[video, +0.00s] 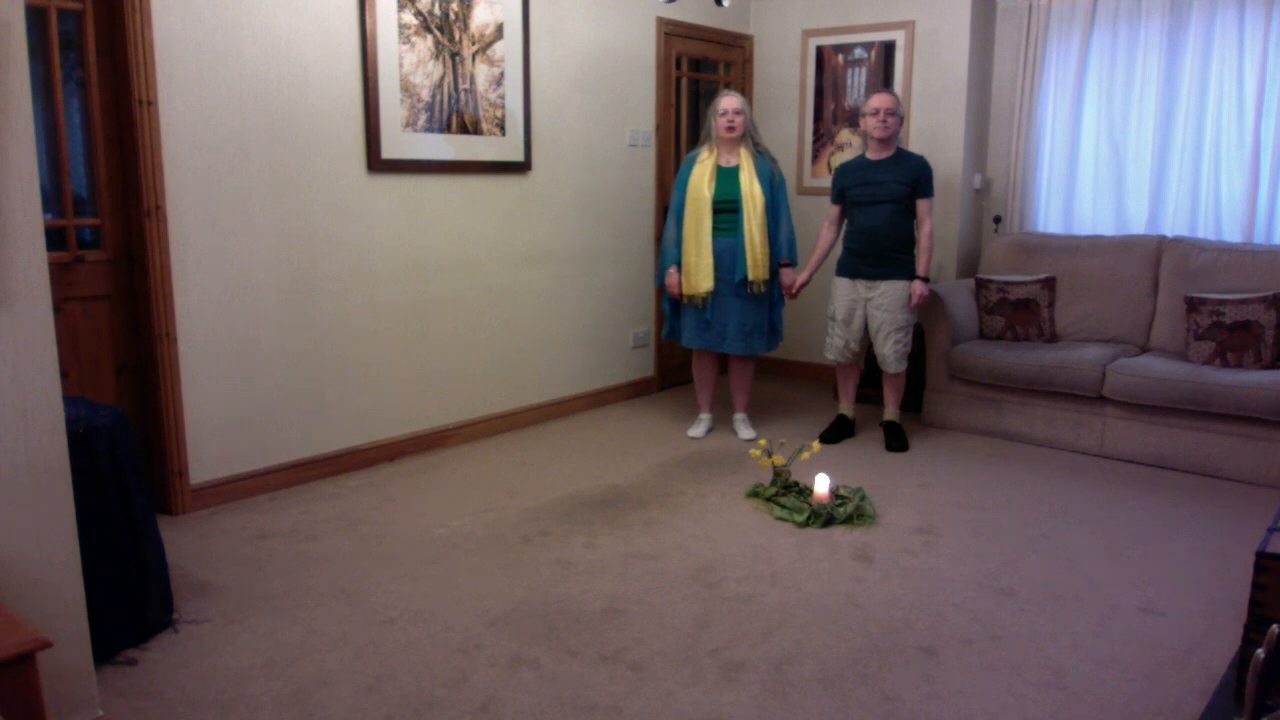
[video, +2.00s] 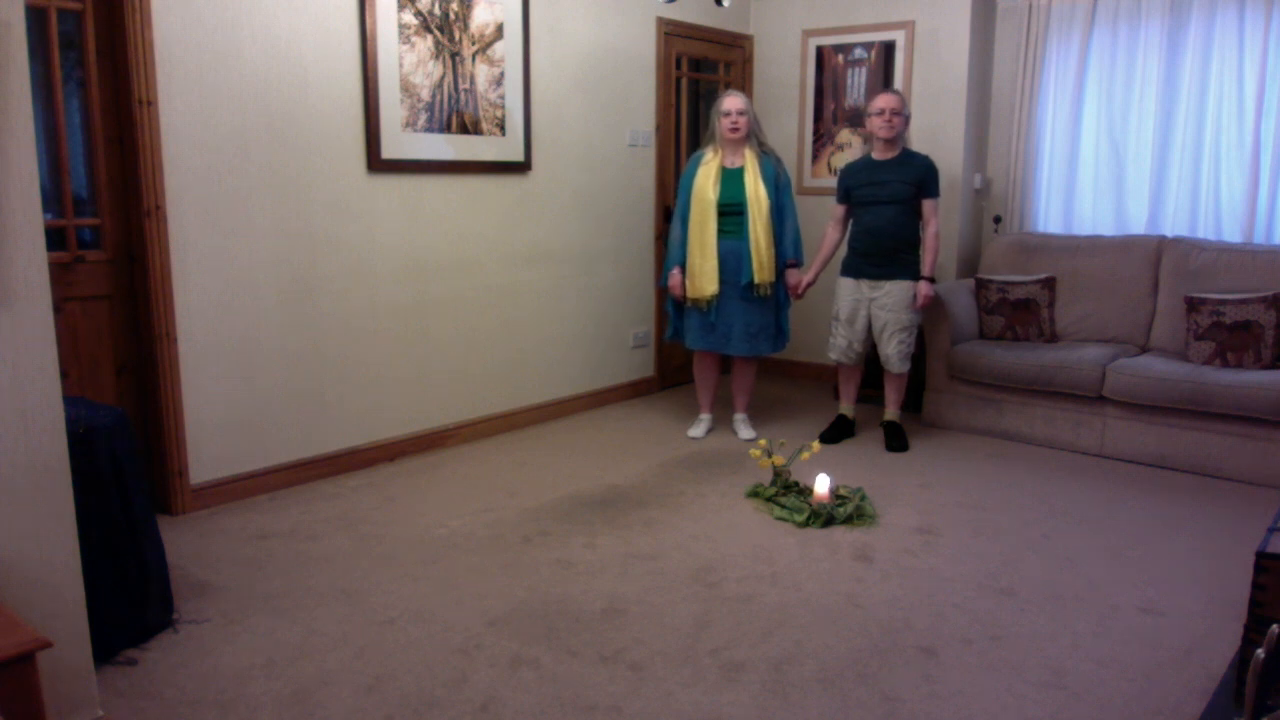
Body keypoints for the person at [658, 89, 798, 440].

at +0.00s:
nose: (730, 119)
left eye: (737, 113)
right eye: (723, 113)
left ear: (747, 119)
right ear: (713, 120)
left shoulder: (764, 164)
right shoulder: (694, 163)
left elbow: (780, 216)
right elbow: (675, 218)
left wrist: (785, 264)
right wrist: (671, 266)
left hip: (750, 269)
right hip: (702, 269)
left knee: (743, 345)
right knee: (703, 343)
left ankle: (741, 414)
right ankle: (705, 413)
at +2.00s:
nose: (734, 120)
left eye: (741, 114)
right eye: (727, 114)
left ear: (751, 119)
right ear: (716, 121)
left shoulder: (769, 164)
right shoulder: (698, 163)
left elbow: (786, 216)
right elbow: (681, 219)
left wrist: (791, 265)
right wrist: (675, 267)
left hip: (754, 271)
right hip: (705, 271)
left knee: (747, 346)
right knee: (705, 345)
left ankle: (741, 414)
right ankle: (704, 413)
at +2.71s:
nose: (692, 123)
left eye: (699, 116)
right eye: (685, 117)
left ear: (710, 122)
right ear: (674, 124)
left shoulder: (728, 168)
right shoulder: (655, 168)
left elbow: (748, 222)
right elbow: (637, 224)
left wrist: (762, 269)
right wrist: (626, 270)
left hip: (715, 274)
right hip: (660, 274)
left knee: (725, 348)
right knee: (656, 349)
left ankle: (736, 413)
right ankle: (658, 415)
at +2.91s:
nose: (674, 123)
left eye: (681, 116)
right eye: (666, 117)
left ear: (692, 122)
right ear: (656, 123)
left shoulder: (710, 169)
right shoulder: (637, 167)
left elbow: (729, 224)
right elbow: (617, 222)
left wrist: (739, 271)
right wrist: (605, 270)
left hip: (694, 276)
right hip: (643, 277)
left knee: (697, 347)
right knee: (648, 348)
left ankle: (698, 412)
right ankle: (655, 416)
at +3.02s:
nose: (668, 121)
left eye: (675, 115)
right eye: (661, 115)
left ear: (686, 120)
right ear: (650, 121)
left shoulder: (704, 169)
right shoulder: (630, 166)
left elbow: (722, 222)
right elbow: (610, 222)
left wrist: (731, 269)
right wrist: (599, 272)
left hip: (687, 274)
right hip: (637, 274)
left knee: (680, 347)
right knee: (646, 348)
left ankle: (666, 420)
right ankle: (655, 417)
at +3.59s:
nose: (637, 116)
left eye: (645, 110)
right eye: (630, 111)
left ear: (656, 119)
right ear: (617, 119)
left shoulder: (674, 167)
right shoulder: (597, 166)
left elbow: (692, 225)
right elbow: (577, 229)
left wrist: (700, 277)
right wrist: (570, 282)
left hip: (661, 283)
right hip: (607, 283)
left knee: (648, 367)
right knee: (606, 367)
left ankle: (632, 442)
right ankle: (621, 409)